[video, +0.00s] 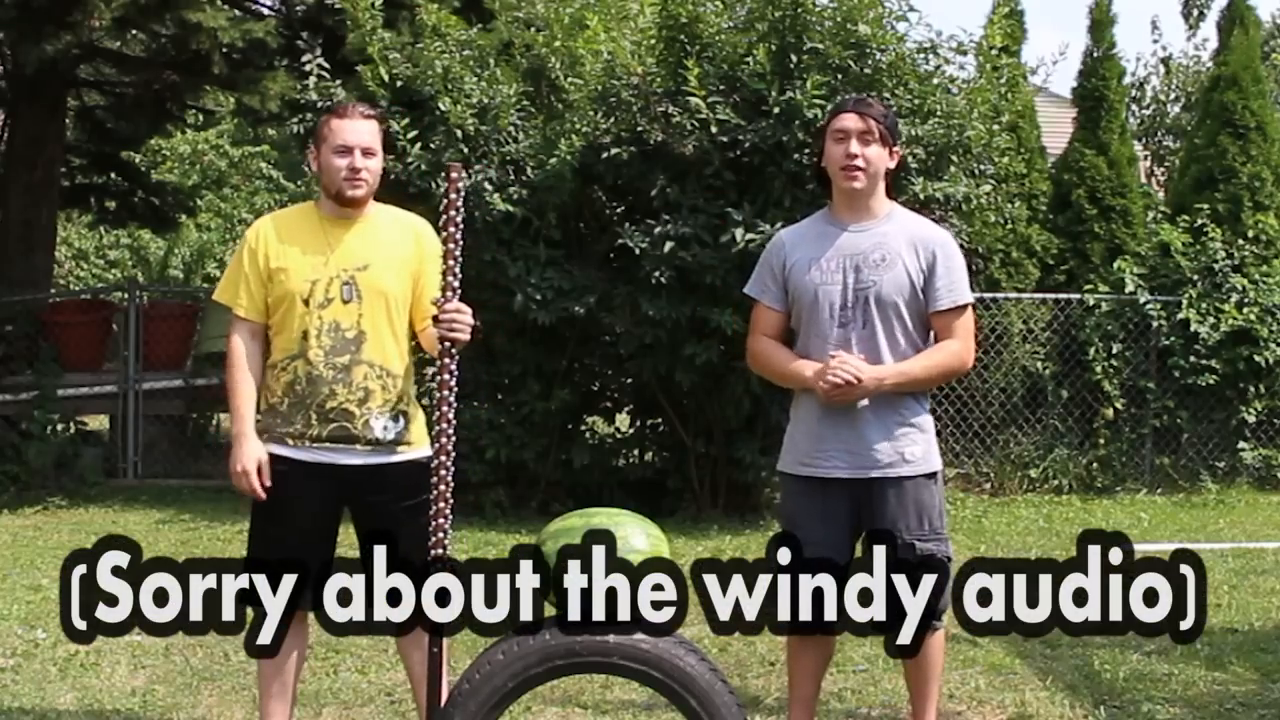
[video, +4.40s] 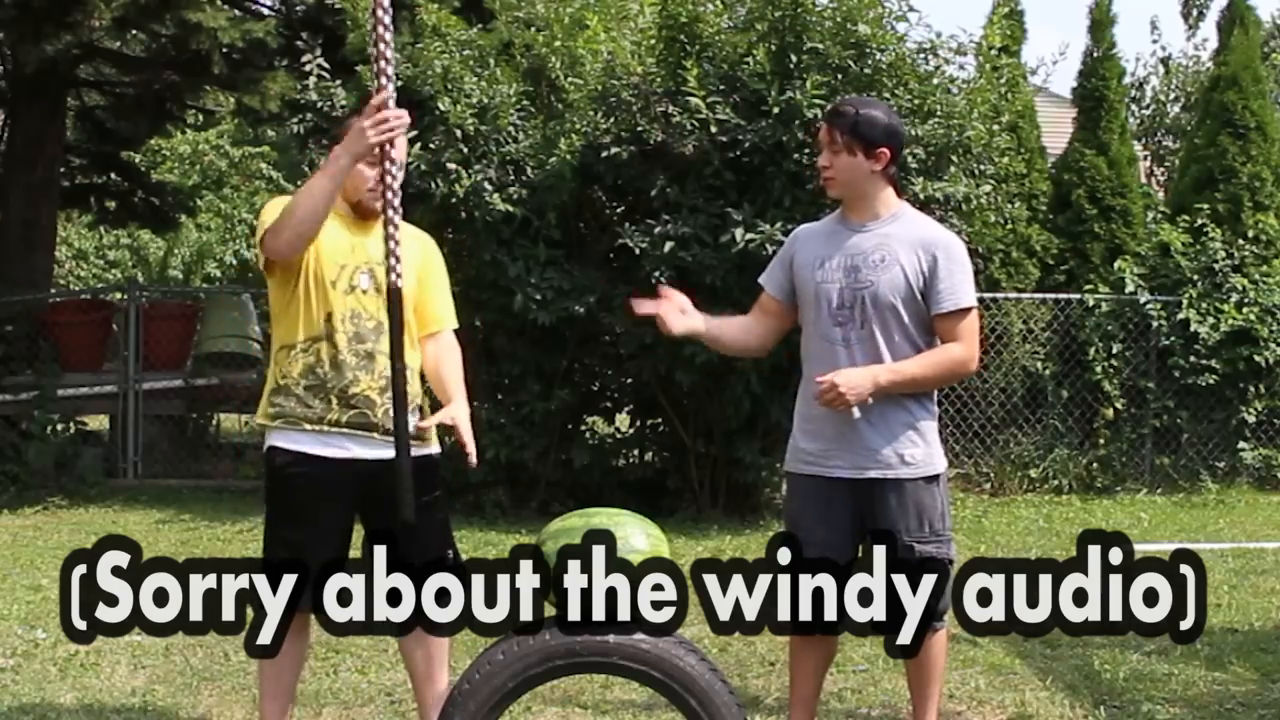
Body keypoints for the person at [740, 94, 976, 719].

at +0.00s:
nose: (852, 150)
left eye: (866, 140)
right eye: (840, 139)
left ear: (889, 157)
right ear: (823, 155)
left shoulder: (930, 243)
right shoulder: (789, 245)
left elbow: (960, 349)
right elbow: (760, 346)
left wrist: (877, 377)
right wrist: (810, 373)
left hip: (905, 464)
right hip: (813, 463)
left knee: (922, 607)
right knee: (809, 608)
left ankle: (923, 716)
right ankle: (799, 716)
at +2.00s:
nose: (856, 155)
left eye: (872, 144)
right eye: (845, 142)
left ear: (898, 157)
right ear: (830, 154)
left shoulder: (937, 243)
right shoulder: (793, 244)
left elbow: (970, 350)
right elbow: (760, 344)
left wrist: (895, 373)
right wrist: (818, 371)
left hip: (908, 465)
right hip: (817, 464)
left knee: (924, 609)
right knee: (809, 609)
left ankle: (924, 716)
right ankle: (800, 716)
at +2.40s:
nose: (821, 164)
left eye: (835, 153)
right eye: (820, 152)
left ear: (880, 159)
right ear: (820, 156)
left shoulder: (938, 245)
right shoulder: (798, 244)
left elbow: (970, 351)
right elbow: (767, 356)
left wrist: (893, 378)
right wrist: (773, 326)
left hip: (906, 467)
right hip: (816, 464)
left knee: (923, 611)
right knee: (810, 610)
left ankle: (924, 717)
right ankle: (800, 716)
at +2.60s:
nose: (819, 165)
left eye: (832, 153)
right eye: (818, 152)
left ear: (879, 158)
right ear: (829, 157)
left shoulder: (938, 244)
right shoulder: (801, 242)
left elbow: (970, 350)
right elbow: (746, 327)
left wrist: (889, 375)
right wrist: (705, 265)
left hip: (908, 467)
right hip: (817, 464)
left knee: (923, 611)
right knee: (811, 610)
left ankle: (925, 716)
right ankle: (800, 717)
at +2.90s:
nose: (818, 163)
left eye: (831, 152)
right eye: (817, 150)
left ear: (876, 159)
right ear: (826, 156)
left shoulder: (935, 245)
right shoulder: (802, 243)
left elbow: (967, 351)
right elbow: (765, 332)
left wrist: (888, 376)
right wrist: (694, 338)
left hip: (906, 467)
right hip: (816, 464)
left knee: (922, 611)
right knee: (812, 609)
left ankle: (924, 717)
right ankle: (800, 716)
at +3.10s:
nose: (810, 165)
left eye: (823, 153)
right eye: (809, 152)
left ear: (867, 157)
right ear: (834, 158)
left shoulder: (929, 245)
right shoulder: (798, 245)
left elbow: (961, 350)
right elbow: (780, 334)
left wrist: (874, 381)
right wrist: (784, 366)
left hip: (901, 467)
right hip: (813, 466)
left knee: (920, 611)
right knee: (809, 610)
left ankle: (924, 716)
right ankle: (799, 716)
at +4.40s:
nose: (821, 161)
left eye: (834, 151)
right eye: (821, 149)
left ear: (879, 158)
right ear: (829, 156)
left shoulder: (935, 245)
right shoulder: (805, 244)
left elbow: (964, 353)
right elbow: (762, 328)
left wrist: (875, 377)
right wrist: (697, 322)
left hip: (906, 468)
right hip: (817, 466)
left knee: (923, 612)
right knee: (812, 609)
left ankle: (925, 717)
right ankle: (800, 716)